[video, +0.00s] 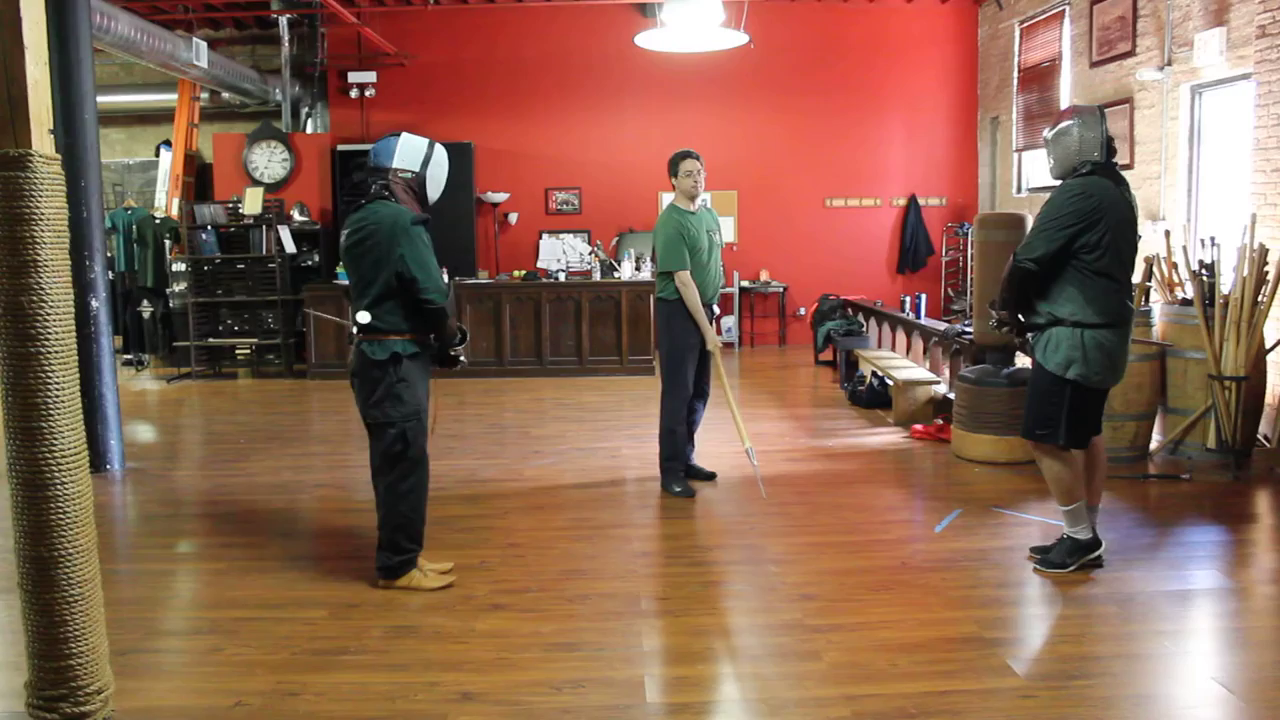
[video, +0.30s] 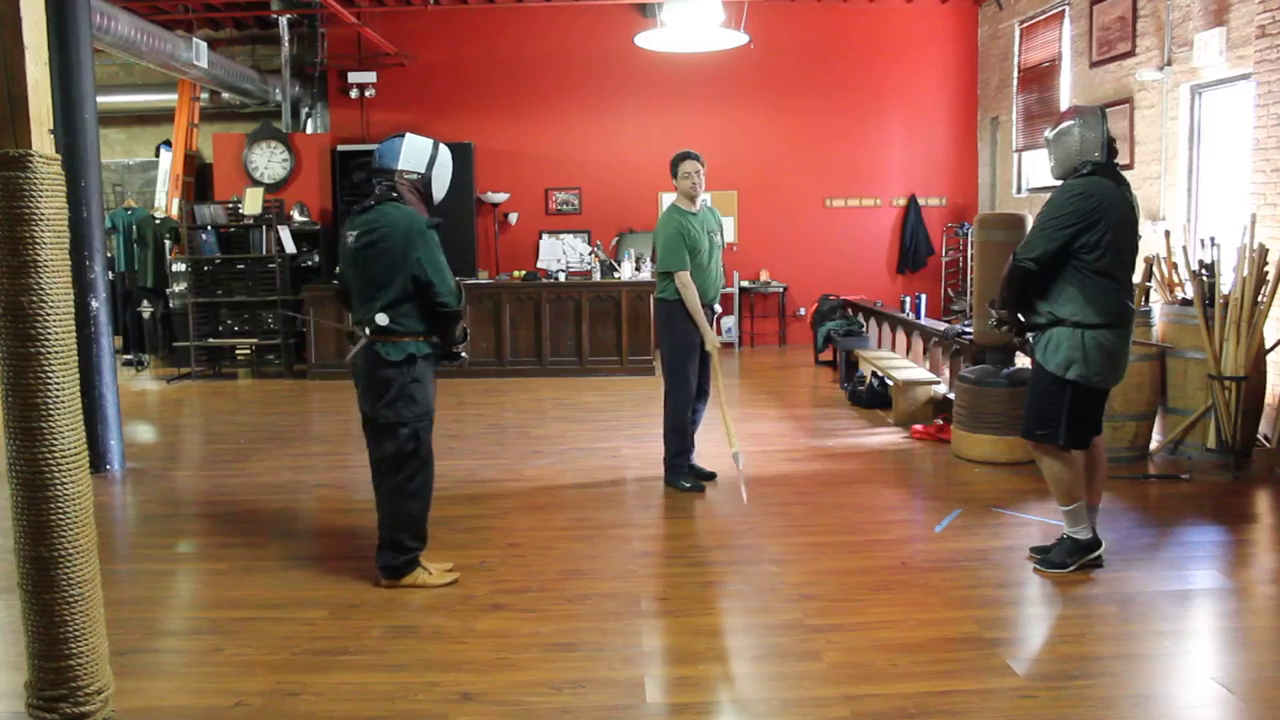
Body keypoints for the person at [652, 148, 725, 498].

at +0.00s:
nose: (697, 178)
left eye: (700, 173)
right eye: (689, 174)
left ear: (705, 177)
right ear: (674, 181)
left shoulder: (708, 215)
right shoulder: (671, 223)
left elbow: (713, 261)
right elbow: (683, 280)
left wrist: (715, 304)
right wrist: (707, 329)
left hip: (704, 308)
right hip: (677, 310)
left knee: (698, 391)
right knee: (677, 391)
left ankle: (683, 460)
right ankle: (671, 472)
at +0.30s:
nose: (695, 179)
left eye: (699, 174)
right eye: (687, 175)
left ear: (705, 178)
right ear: (675, 182)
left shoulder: (711, 215)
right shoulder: (672, 223)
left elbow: (715, 261)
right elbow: (683, 281)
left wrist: (715, 305)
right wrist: (705, 329)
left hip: (703, 308)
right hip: (676, 310)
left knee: (699, 391)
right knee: (680, 391)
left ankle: (684, 459)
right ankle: (675, 469)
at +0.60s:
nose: (695, 179)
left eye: (699, 173)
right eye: (687, 175)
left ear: (705, 178)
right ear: (675, 182)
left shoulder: (711, 214)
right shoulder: (672, 223)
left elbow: (715, 261)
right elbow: (683, 281)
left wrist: (714, 306)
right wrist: (703, 331)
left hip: (702, 308)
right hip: (675, 309)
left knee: (697, 392)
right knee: (677, 391)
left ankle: (684, 460)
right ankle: (674, 469)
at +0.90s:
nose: (692, 180)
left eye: (696, 174)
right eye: (685, 175)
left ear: (703, 179)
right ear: (673, 182)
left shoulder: (708, 215)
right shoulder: (670, 223)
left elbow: (712, 260)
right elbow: (680, 281)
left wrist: (712, 304)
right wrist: (701, 330)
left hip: (701, 307)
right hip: (673, 308)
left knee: (696, 392)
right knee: (676, 392)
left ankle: (683, 460)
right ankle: (674, 470)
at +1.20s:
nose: (630, 177)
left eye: (634, 172)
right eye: (623, 173)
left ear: (641, 177)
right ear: (612, 180)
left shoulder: (647, 215)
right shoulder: (609, 221)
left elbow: (651, 261)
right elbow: (620, 278)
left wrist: (651, 305)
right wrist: (642, 327)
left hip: (640, 306)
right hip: (613, 307)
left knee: (636, 389)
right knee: (616, 389)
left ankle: (624, 459)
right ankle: (615, 469)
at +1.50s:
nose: (624, 179)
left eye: (628, 173)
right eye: (616, 174)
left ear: (635, 178)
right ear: (605, 181)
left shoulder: (641, 216)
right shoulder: (602, 222)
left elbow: (645, 262)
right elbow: (614, 279)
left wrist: (645, 305)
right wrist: (637, 328)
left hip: (634, 307)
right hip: (608, 308)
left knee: (631, 390)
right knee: (611, 390)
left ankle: (619, 460)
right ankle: (609, 469)